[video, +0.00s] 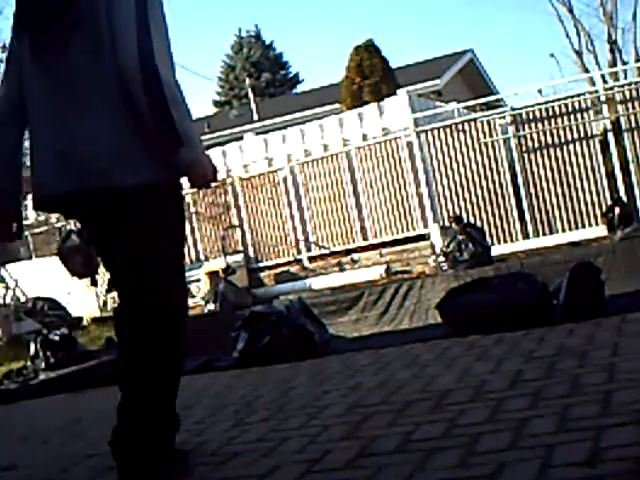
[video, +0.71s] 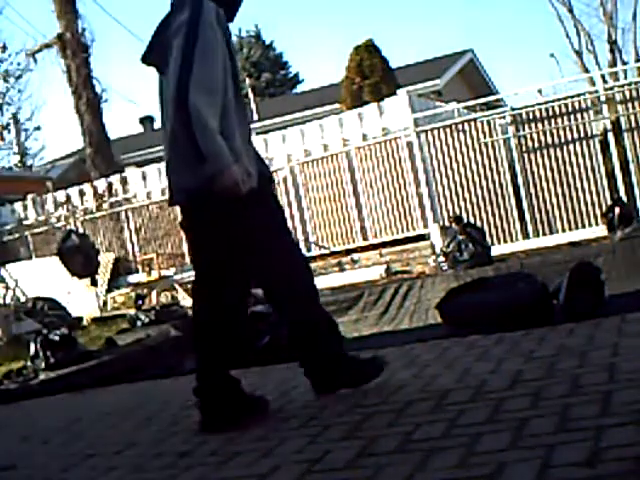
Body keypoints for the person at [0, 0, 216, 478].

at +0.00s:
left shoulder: (31, 12)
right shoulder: (134, 4)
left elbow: (10, 101)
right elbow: (149, 66)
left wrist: (8, 200)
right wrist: (192, 148)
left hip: (69, 174)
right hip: (137, 166)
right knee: (162, 306)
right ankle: (149, 451)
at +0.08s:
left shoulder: (52, 18)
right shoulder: (144, 5)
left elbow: (25, 119)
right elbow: (165, 74)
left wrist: (22, 207)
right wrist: (203, 152)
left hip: (87, 183)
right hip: (152, 173)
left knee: (159, 294)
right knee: (158, 315)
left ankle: (195, 394)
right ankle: (143, 455)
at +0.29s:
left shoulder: (98, 29)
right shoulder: (163, 8)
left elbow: (84, 122)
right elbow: (181, 84)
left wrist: (89, 204)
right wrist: (220, 162)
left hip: (138, 183)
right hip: (180, 175)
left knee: (200, 291)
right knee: (207, 292)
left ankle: (220, 400)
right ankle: (155, 418)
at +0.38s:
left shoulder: (113, 31)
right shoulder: (173, 8)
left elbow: (105, 125)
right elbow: (190, 85)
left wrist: (117, 200)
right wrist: (219, 158)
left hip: (145, 188)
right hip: (186, 178)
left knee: (199, 287)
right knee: (234, 279)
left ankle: (218, 396)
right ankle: (180, 389)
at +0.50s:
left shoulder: (138, 23)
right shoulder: (184, 8)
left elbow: (139, 110)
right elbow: (188, 87)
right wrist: (218, 155)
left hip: (160, 181)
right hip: (199, 173)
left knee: (198, 286)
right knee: (263, 259)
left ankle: (216, 402)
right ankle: (230, 382)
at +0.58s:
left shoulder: (157, 24)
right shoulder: (194, 13)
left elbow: (159, 107)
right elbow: (192, 90)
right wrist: (218, 155)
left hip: (175, 184)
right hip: (216, 175)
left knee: (205, 290)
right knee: (278, 257)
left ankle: (216, 400)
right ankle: (281, 373)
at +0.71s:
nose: (238, 5)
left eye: (237, 3)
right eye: (235, 1)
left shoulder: (184, 22)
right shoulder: (204, 18)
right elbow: (198, 100)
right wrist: (225, 164)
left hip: (200, 188)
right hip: (234, 182)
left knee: (217, 295)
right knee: (289, 276)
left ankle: (218, 396)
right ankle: (328, 366)